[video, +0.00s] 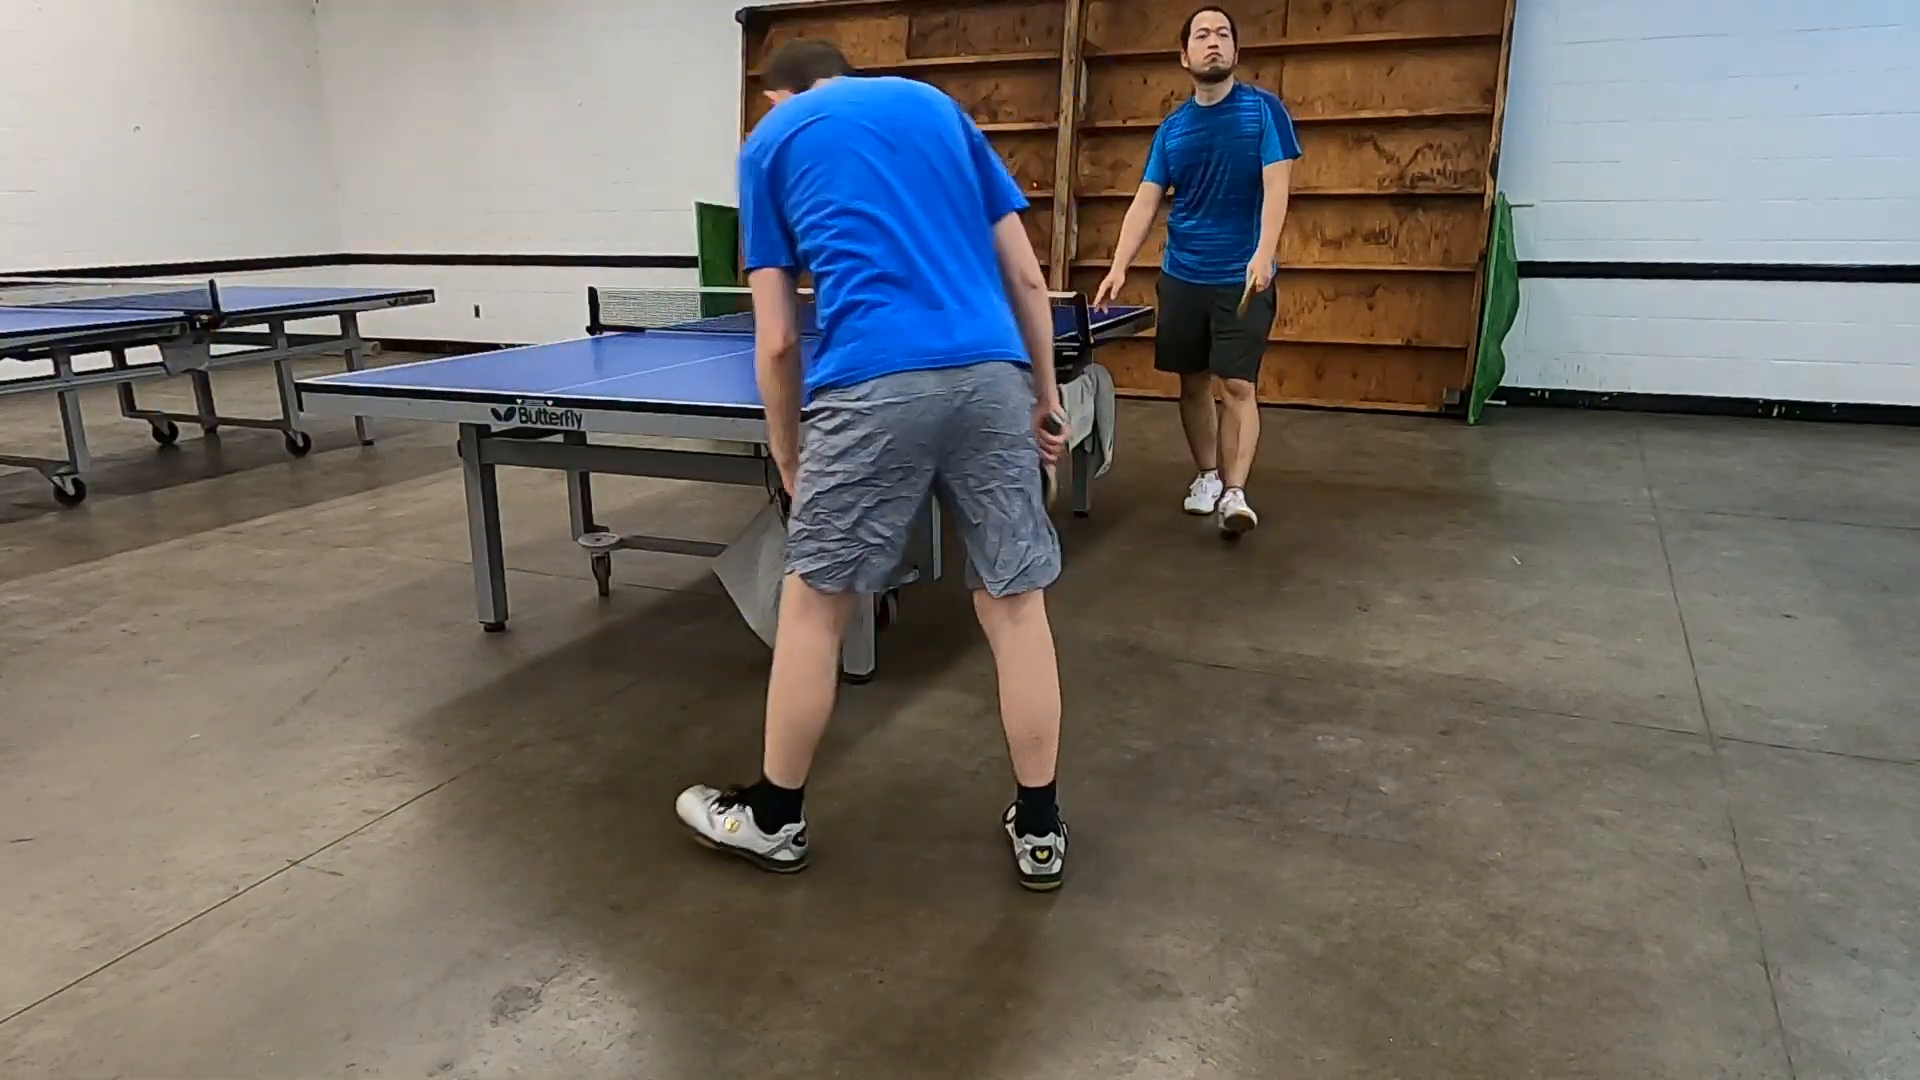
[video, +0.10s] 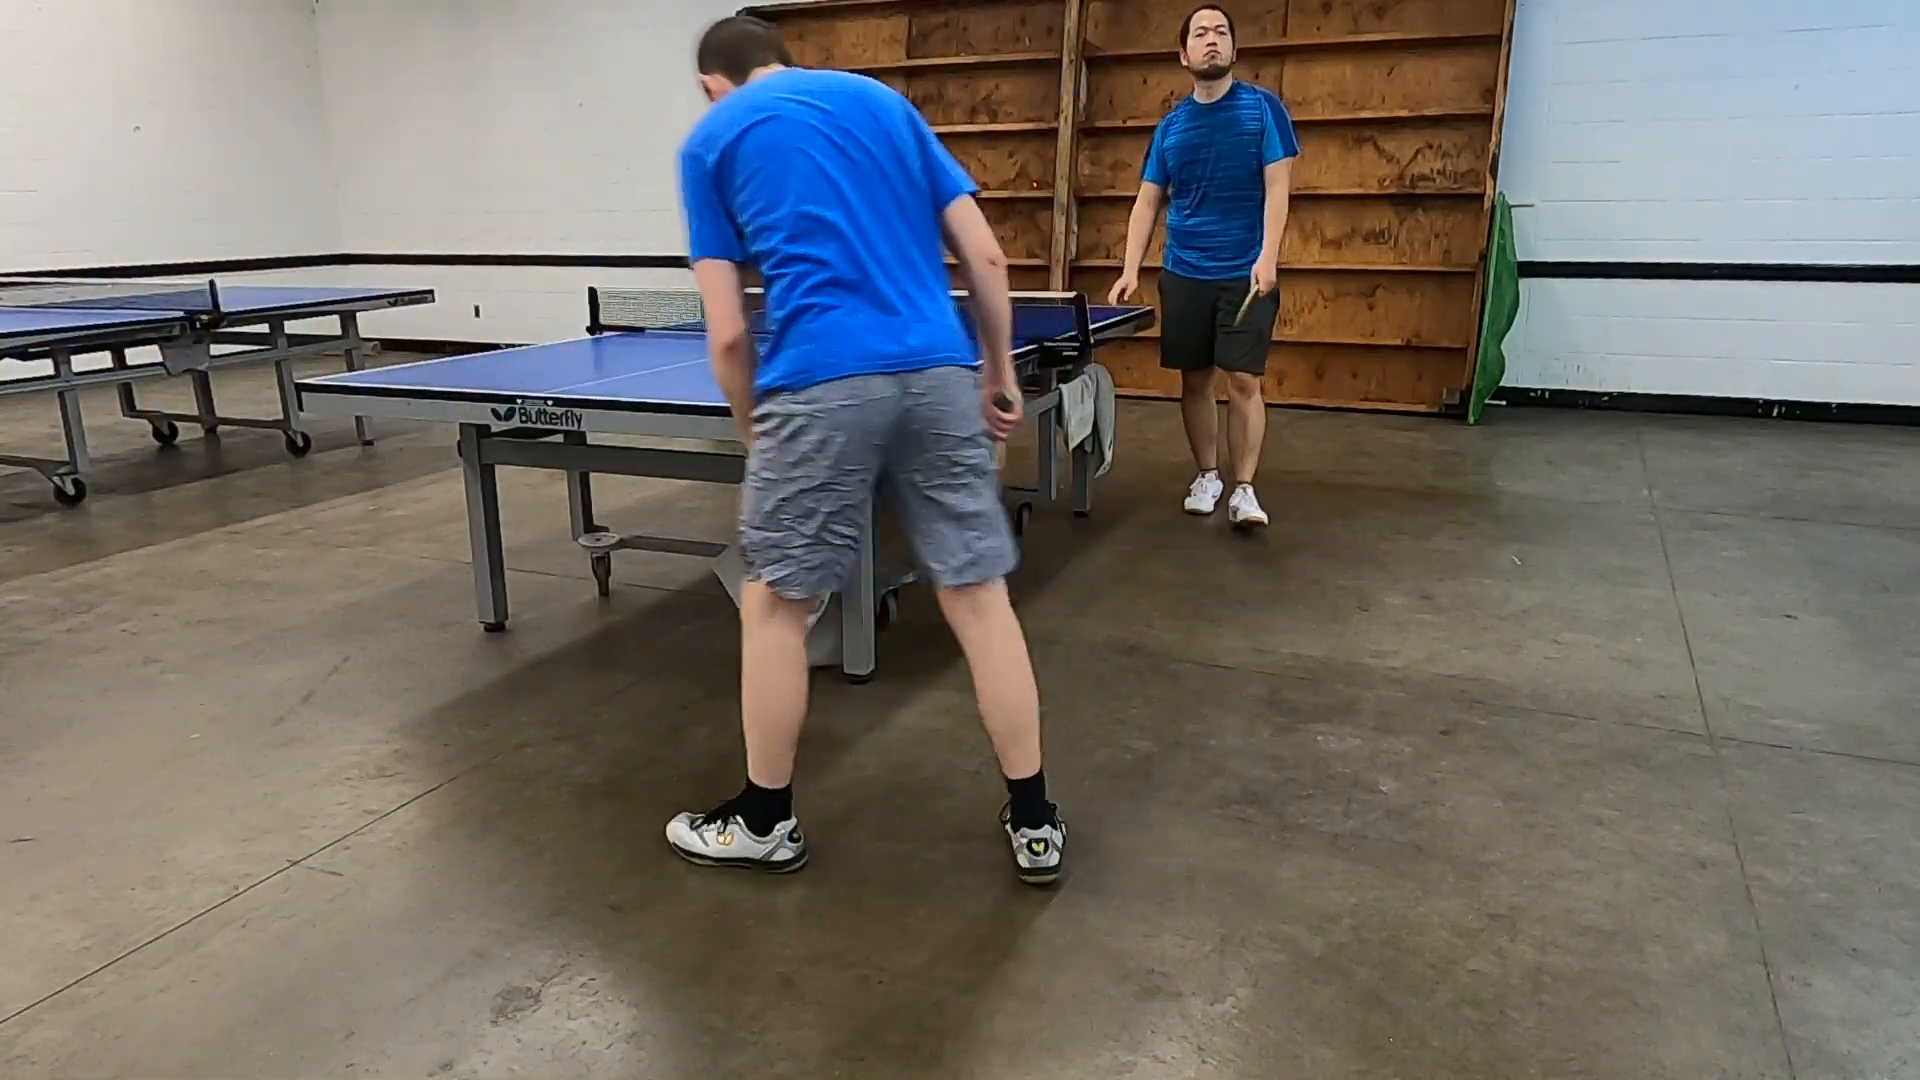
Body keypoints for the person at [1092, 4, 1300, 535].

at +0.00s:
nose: (1213, 41)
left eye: (1222, 35)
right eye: (1202, 36)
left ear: (1237, 52)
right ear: (1186, 57)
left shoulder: (1264, 110)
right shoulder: (1172, 130)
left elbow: (1276, 188)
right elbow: (1144, 204)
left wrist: (1265, 253)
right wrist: (1119, 266)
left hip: (1244, 275)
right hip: (1182, 276)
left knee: (1236, 386)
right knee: (1193, 382)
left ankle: (1234, 492)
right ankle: (1207, 476)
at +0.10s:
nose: (1211, 39)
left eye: (1220, 32)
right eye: (1200, 34)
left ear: (1235, 49)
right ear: (1184, 54)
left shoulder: (1263, 108)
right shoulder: (1171, 126)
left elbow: (1277, 188)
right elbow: (1146, 202)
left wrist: (1268, 256)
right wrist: (1131, 269)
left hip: (1246, 273)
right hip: (1185, 274)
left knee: (1243, 382)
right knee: (1195, 381)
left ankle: (1243, 488)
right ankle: (1207, 477)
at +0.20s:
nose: (1211, 39)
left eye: (1219, 32)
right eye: (1200, 33)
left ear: (1234, 48)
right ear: (1183, 52)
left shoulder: (1262, 108)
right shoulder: (1170, 124)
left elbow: (1280, 190)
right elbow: (1150, 202)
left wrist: (1283, 261)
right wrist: (1143, 270)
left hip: (1250, 270)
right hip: (1187, 272)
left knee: (1249, 379)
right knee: (1196, 380)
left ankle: (1249, 479)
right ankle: (1209, 475)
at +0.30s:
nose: (1210, 40)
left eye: (1219, 33)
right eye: (1200, 34)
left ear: (1234, 49)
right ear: (1185, 55)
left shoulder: (1264, 109)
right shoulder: (1170, 124)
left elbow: (1285, 188)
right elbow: (1153, 201)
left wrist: (1299, 259)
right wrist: (1152, 272)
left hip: (1254, 270)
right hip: (1189, 271)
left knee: (1253, 378)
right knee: (1197, 376)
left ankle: (1247, 465)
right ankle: (1207, 474)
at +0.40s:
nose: (1211, 42)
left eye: (1219, 34)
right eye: (1200, 37)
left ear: (1235, 50)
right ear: (1186, 58)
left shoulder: (1266, 110)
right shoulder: (1171, 125)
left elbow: (1290, 186)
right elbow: (1155, 201)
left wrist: (1311, 256)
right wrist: (1153, 270)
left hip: (1254, 270)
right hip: (1190, 270)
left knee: (1255, 374)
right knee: (1197, 374)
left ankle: (1242, 443)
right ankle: (1207, 473)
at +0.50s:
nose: (1211, 45)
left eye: (1220, 37)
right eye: (1201, 41)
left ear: (1238, 52)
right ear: (1190, 62)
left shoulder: (1268, 112)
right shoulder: (1174, 124)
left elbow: (1293, 188)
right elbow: (1156, 200)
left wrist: (1316, 257)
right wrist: (1152, 269)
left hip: (1254, 269)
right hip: (1191, 268)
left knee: (1254, 374)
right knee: (1197, 371)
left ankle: (1234, 435)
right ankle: (1206, 473)